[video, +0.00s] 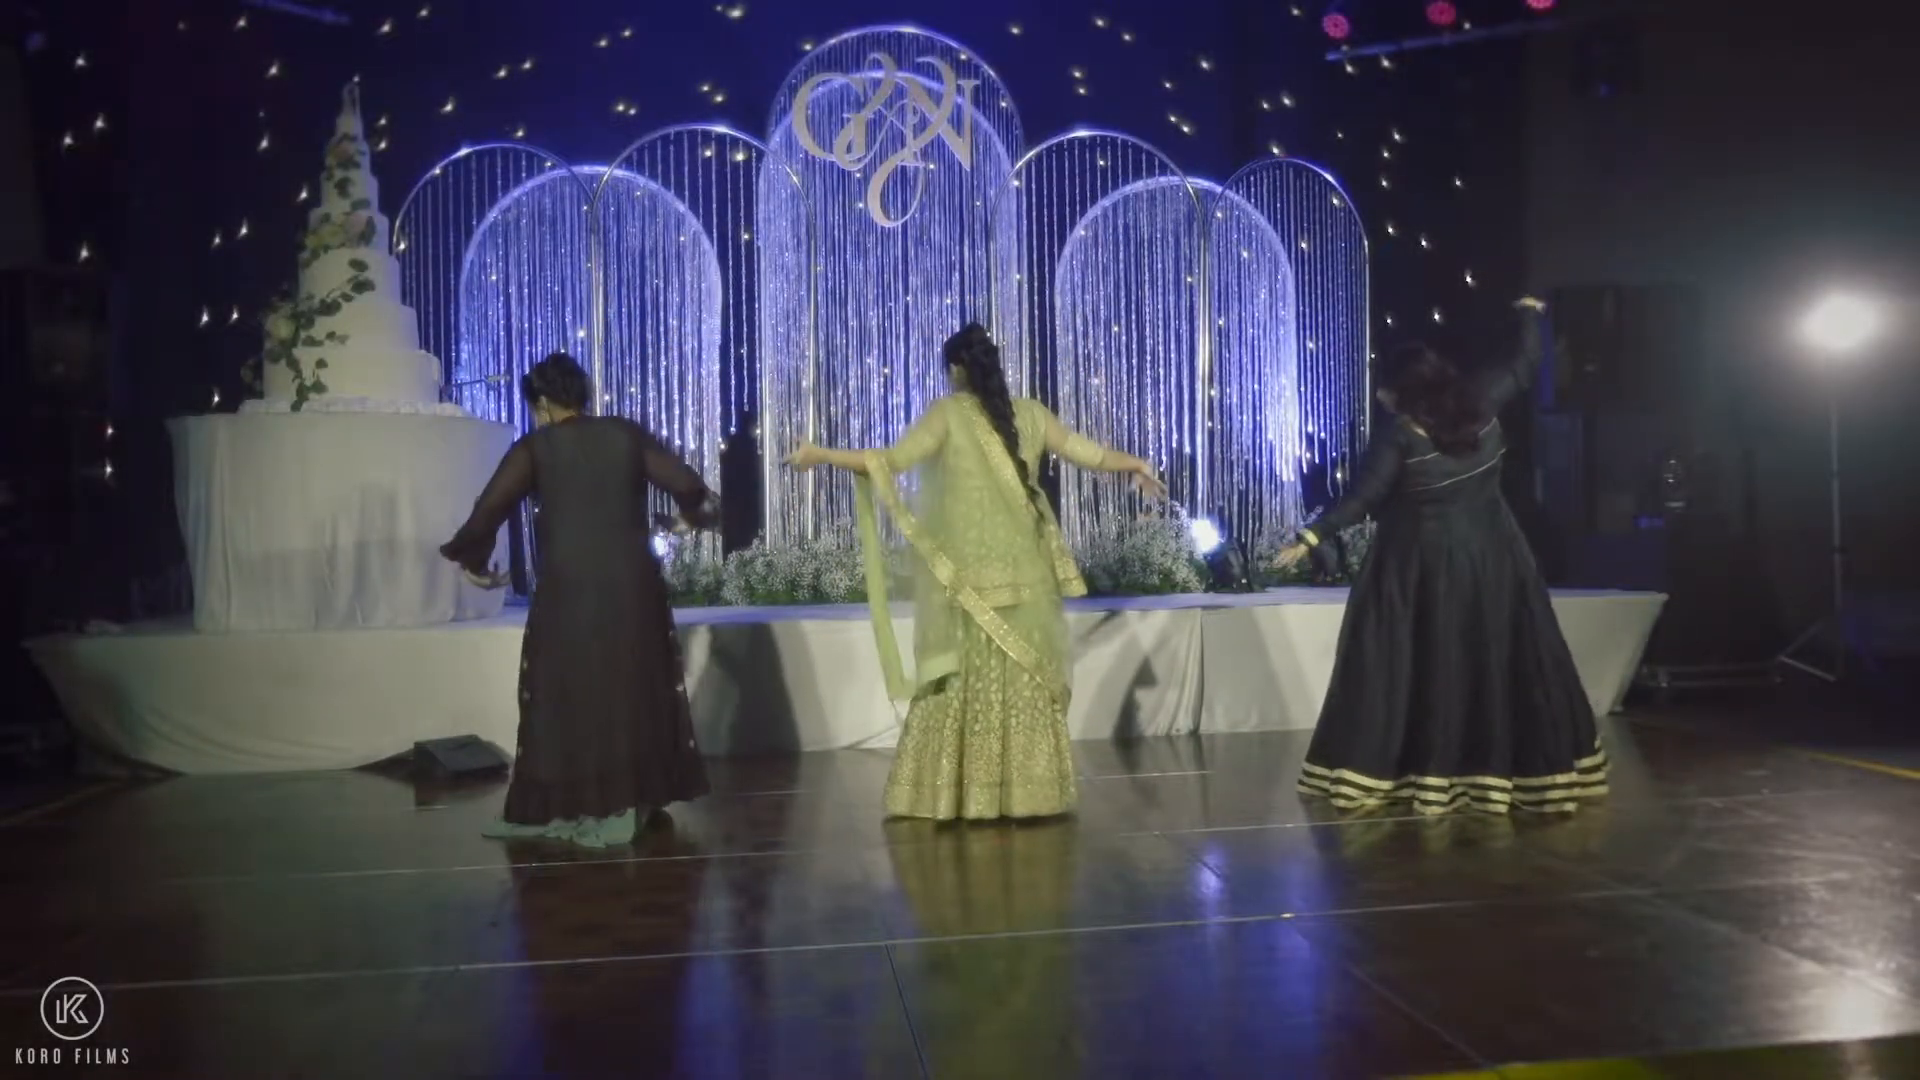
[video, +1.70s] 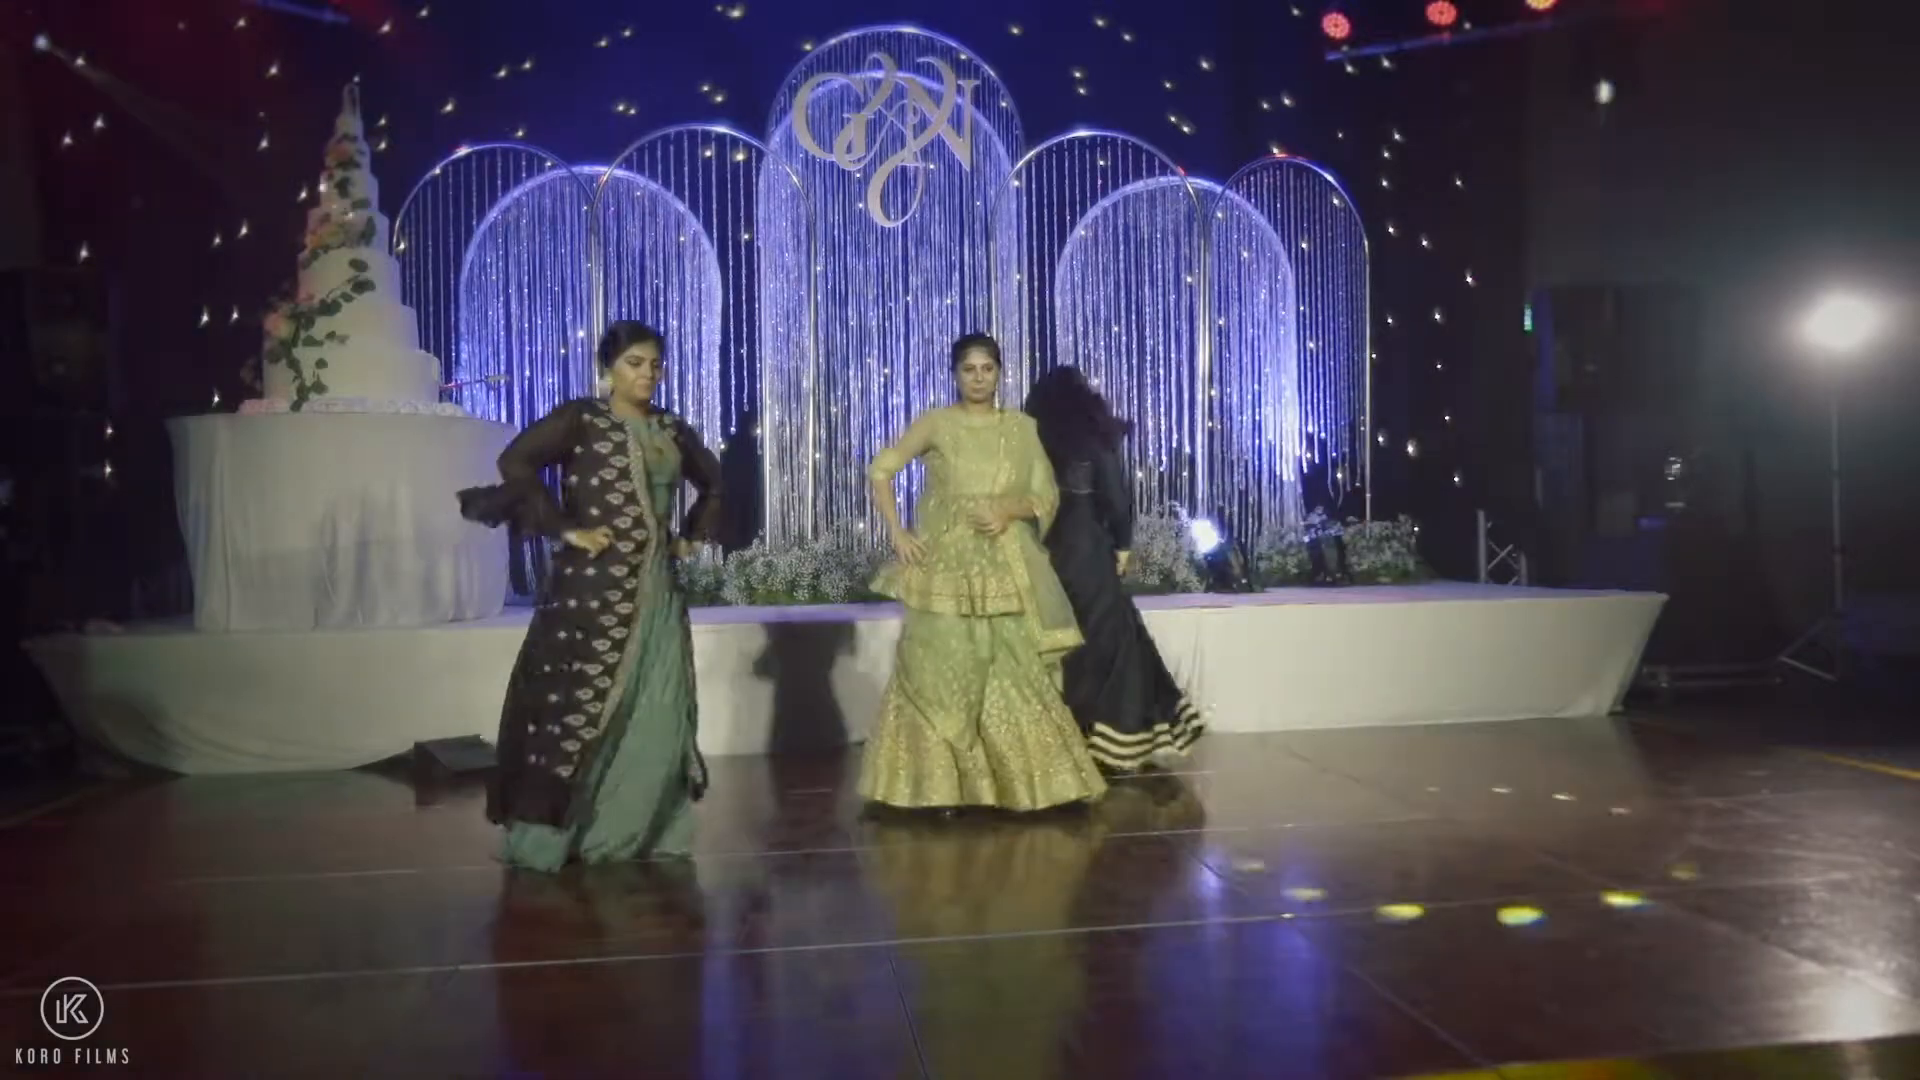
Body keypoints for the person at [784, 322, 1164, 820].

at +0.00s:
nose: (947, 374)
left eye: (947, 368)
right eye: (950, 367)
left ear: (956, 368)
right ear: (993, 365)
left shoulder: (947, 413)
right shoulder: (1031, 414)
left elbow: (889, 461)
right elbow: (1090, 454)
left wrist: (822, 456)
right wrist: (1137, 463)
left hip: (968, 576)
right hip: (1027, 575)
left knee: (968, 688)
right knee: (1029, 685)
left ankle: (967, 795)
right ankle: (1030, 794)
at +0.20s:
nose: (943, 378)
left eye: (945, 370)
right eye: (944, 370)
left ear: (959, 369)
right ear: (988, 367)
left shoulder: (946, 412)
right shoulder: (1024, 416)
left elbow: (908, 462)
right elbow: (1069, 468)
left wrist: (844, 442)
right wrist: (1110, 469)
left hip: (966, 573)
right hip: (1026, 572)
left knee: (968, 686)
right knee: (1029, 683)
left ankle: (970, 796)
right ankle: (1028, 795)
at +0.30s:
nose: (940, 377)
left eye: (942, 369)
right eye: (941, 369)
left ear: (957, 368)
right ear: (985, 367)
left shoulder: (945, 411)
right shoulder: (1018, 416)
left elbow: (919, 469)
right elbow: (1056, 483)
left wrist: (857, 460)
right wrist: (1068, 503)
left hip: (968, 573)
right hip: (1025, 571)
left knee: (967, 686)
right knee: (1028, 682)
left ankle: (971, 795)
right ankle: (1029, 794)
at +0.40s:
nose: (931, 376)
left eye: (934, 368)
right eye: (931, 368)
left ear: (955, 366)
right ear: (970, 366)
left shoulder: (948, 409)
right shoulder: (995, 413)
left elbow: (933, 469)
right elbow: (1031, 486)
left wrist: (869, 469)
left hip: (969, 570)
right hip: (1013, 566)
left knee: (967, 681)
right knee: (1012, 681)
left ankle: (966, 795)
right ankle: (1014, 795)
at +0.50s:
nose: (928, 373)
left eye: (933, 365)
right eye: (929, 365)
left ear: (954, 367)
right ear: (964, 367)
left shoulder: (955, 409)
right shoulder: (976, 409)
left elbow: (950, 465)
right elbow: (962, 469)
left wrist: (903, 463)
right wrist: (914, 463)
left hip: (967, 567)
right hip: (990, 564)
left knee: (969, 676)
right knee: (993, 676)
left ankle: (972, 792)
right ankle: (1001, 791)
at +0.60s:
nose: (921, 373)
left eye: (927, 364)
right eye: (921, 364)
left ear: (952, 366)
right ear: (949, 367)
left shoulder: (969, 410)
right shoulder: (945, 417)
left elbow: (987, 459)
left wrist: (950, 460)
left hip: (973, 571)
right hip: (945, 569)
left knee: (976, 678)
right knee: (949, 678)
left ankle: (981, 792)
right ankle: (951, 789)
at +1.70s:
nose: (978, 377)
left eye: (987, 368)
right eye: (969, 369)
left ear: (999, 373)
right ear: (956, 375)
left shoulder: (1021, 426)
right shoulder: (937, 423)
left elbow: (1046, 498)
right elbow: (880, 471)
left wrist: (1009, 509)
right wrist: (896, 531)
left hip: (1007, 564)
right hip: (947, 564)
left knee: (1013, 672)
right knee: (946, 673)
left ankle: (1016, 784)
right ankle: (945, 788)